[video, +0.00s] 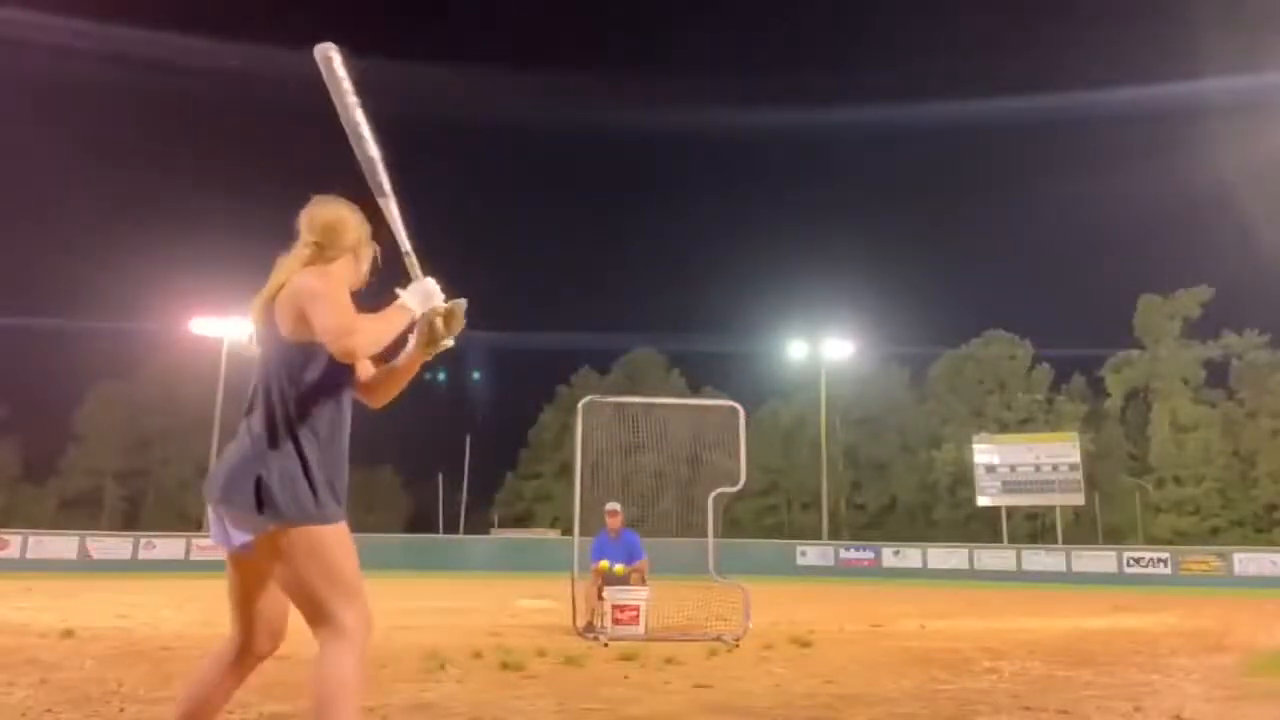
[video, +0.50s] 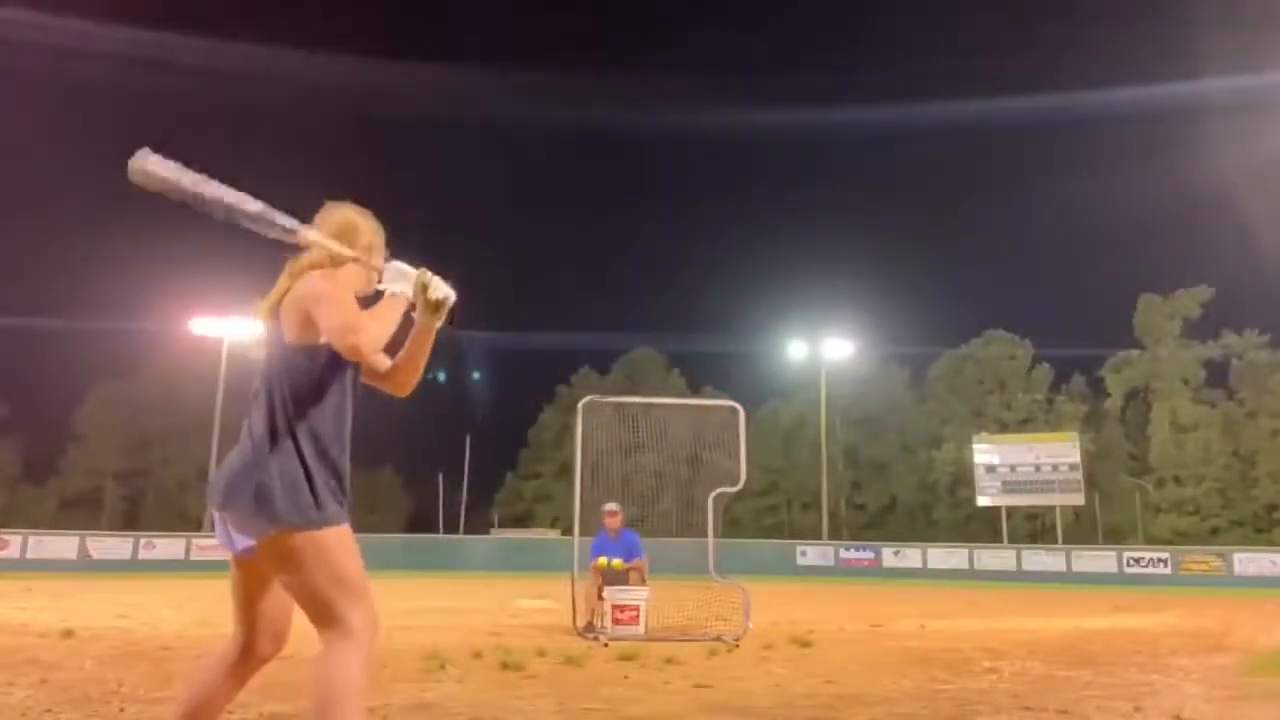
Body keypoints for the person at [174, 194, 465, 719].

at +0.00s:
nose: (369, 264)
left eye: (369, 254)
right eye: (368, 252)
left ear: (311, 242)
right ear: (355, 246)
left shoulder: (296, 297)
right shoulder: (319, 280)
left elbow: (373, 392)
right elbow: (347, 340)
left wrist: (420, 349)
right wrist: (409, 304)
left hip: (246, 481)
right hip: (288, 485)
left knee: (255, 638)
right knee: (346, 626)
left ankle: (184, 714)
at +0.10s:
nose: (369, 266)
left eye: (369, 257)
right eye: (367, 255)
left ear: (312, 245)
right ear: (354, 248)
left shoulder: (298, 301)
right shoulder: (314, 283)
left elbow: (376, 391)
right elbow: (348, 339)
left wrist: (420, 345)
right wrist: (406, 299)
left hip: (246, 483)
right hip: (285, 485)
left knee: (255, 639)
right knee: (347, 626)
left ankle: (183, 714)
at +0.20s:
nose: (371, 266)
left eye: (371, 256)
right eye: (368, 254)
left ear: (314, 246)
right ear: (353, 249)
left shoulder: (302, 298)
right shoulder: (313, 284)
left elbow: (380, 389)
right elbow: (348, 338)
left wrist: (422, 338)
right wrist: (402, 298)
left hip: (249, 484)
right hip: (286, 487)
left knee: (255, 640)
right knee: (347, 626)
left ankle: (183, 714)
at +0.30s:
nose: (372, 269)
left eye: (373, 261)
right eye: (371, 258)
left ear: (317, 246)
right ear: (357, 249)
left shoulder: (301, 297)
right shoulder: (316, 284)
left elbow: (388, 386)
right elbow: (353, 339)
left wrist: (424, 331)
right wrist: (398, 293)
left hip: (250, 484)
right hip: (286, 486)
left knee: (256, 641)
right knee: (348, 627)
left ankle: (185, 713)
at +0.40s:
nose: (371, 272)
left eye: (372, 265)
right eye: (371, 263)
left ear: (320, 246)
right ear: (360, 252)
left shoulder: (301, 296)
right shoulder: (316, 285)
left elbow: (393, 383)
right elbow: (358, 339)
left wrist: (426, 325)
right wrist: (397, 294)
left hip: (249, 484)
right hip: (286, 487)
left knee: (256, 641)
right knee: (349, 628)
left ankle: (185, 714)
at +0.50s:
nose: (379, 269)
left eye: (380, 260)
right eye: (377, 258)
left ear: (321, 246)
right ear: (358, 250)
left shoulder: (303, 295)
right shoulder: (327, 279)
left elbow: (400, 381)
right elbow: (356, 339)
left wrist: (430, 320)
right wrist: (398, 296)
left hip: (250, 485)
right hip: (287, 488)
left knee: (258, 640)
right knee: (352, 627)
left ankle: (185, 713)